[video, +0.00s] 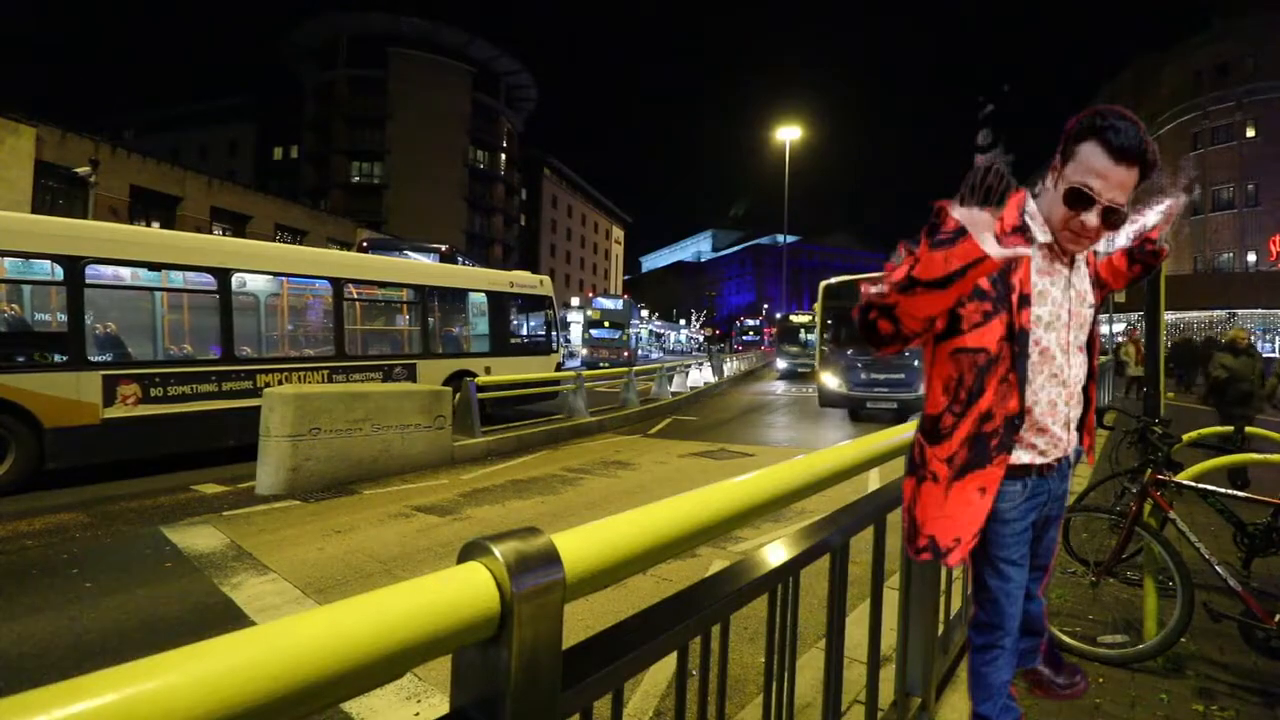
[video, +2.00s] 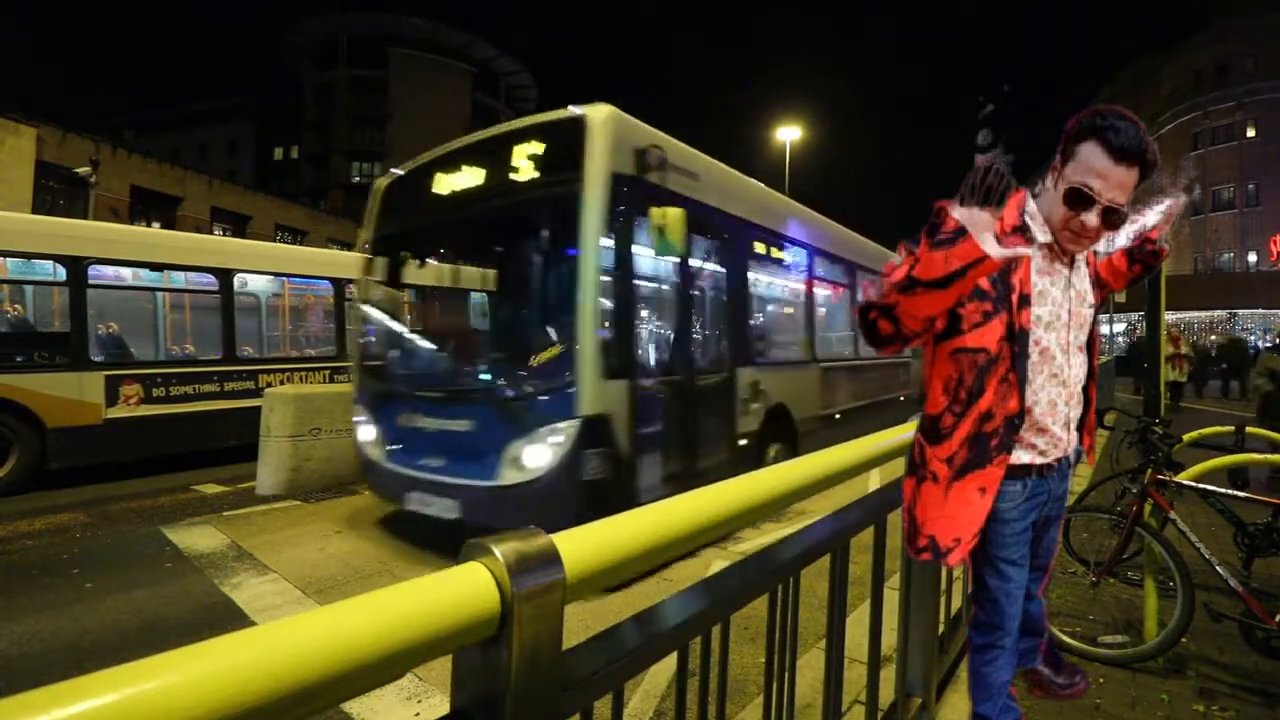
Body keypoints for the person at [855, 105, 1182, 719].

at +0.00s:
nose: (1090, 222)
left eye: (1110, 211)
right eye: (1080, 197)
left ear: (1123, 210)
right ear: (1052, 171)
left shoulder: (1084, 263)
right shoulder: (985, 242)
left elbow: (1115, 271)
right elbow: (879, 325)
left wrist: (1152, 239)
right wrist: (964, 248)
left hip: (1057, 466)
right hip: (999, 474)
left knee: (1035, 580)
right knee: (1000, 613)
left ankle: (1028, 659)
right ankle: (994, 710)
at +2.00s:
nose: (1089, 222)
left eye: (1109, 212)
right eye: (1080, 197)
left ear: (1123, 211)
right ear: (1052, 171)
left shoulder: (1083, 263)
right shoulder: (984, 242)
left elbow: (1110, 274)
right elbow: (883, 327)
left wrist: (1150, 241)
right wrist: (963, 244)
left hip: (1057, 467)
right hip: (1000, 474)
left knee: (1035, 581)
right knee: (1000, 611)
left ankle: (1028, 659)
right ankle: (994, 709)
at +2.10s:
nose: (1089, 222)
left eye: (1110, 212)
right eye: (1080, 197)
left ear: (1124, 211)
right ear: (1052, 171)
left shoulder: (1084, 264)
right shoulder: (985, 241)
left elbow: (1113, 273)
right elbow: (882, 327)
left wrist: (1150, 243)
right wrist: (965, 246)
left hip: (1057, 467)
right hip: (1000, 474)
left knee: (1035, 580)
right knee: (1000, 610)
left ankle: (1028, 659)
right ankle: (994, 709)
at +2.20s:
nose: (1089, 222)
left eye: (1109, 212)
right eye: (1080, 197)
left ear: (1123, 211)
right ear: (1052, 171)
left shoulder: (1083, 263)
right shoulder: (984, 242)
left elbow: (1109, 274)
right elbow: (883, 327)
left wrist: (1150, 242)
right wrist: (963, 245)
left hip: (1057, 467)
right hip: (1000, 474)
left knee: (1035, 581)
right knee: (1000, 611)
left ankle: (1028, 659)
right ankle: (994, 709)